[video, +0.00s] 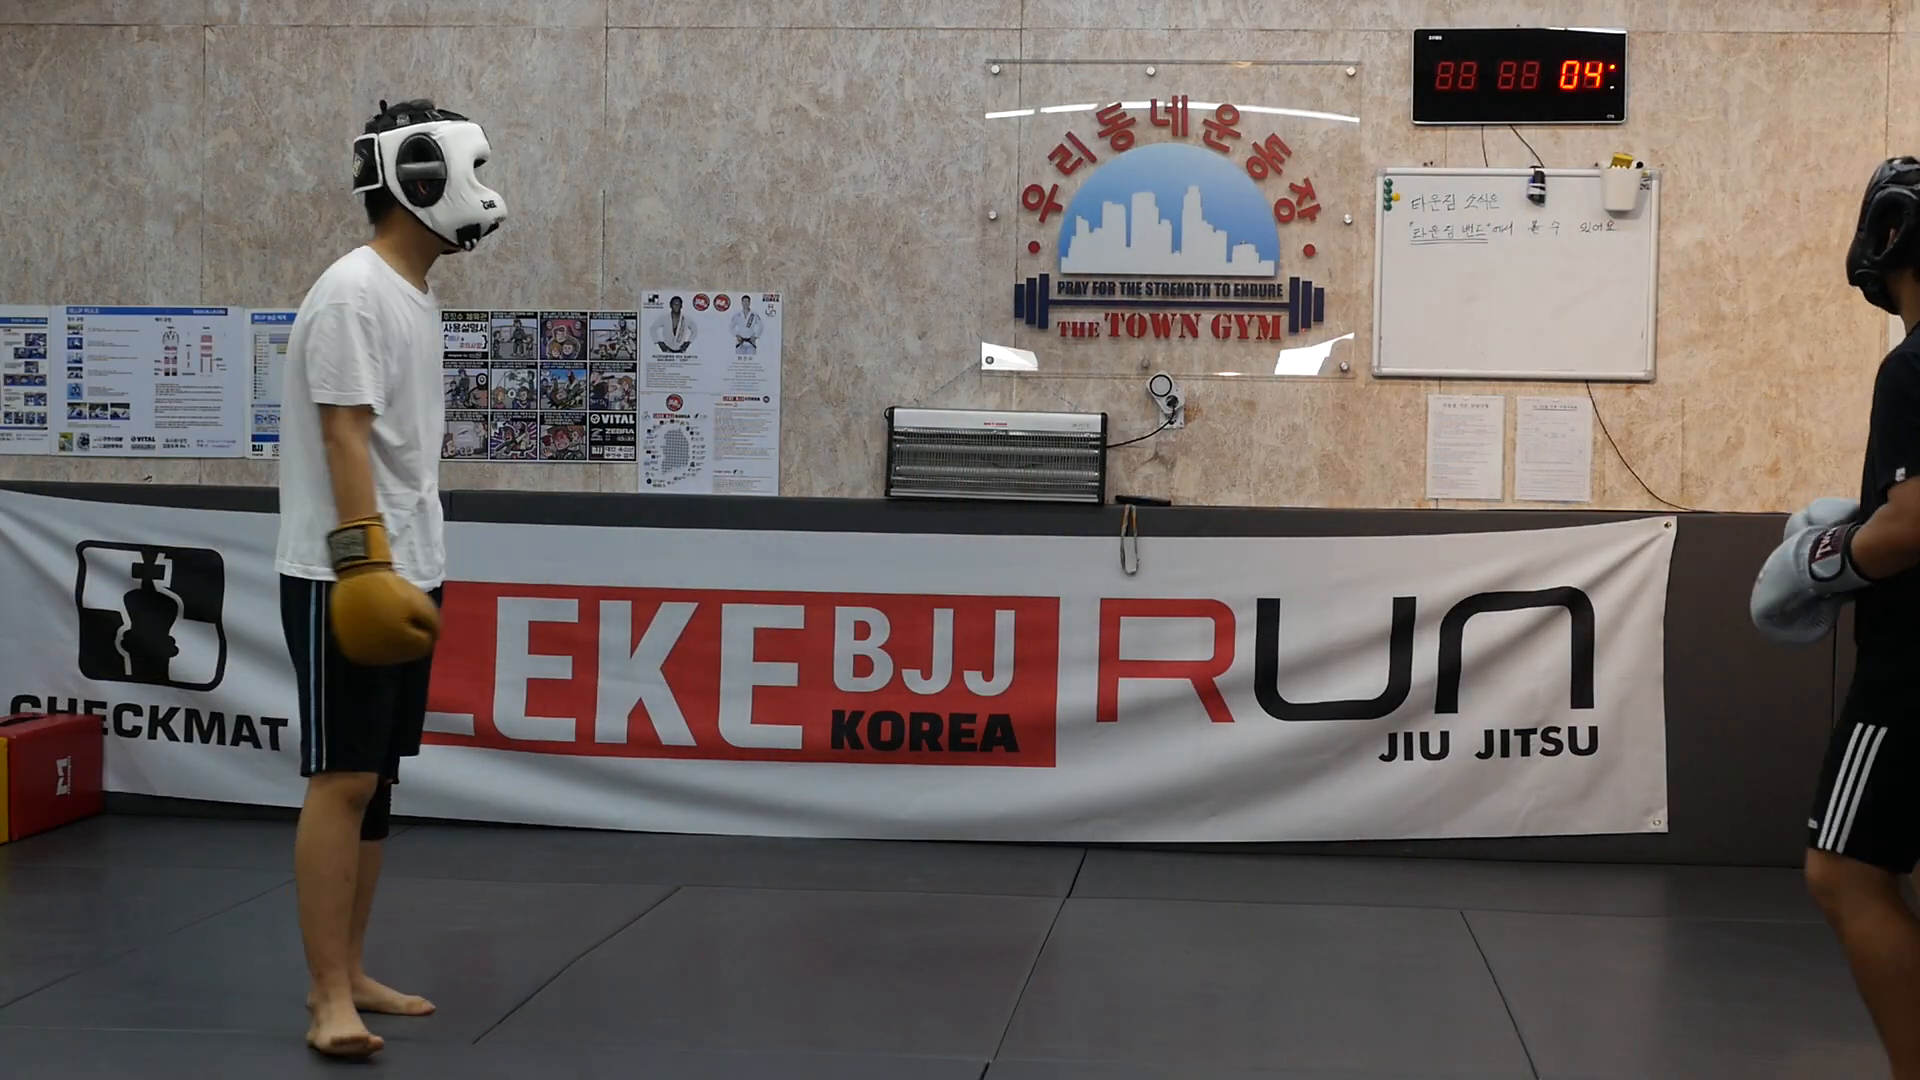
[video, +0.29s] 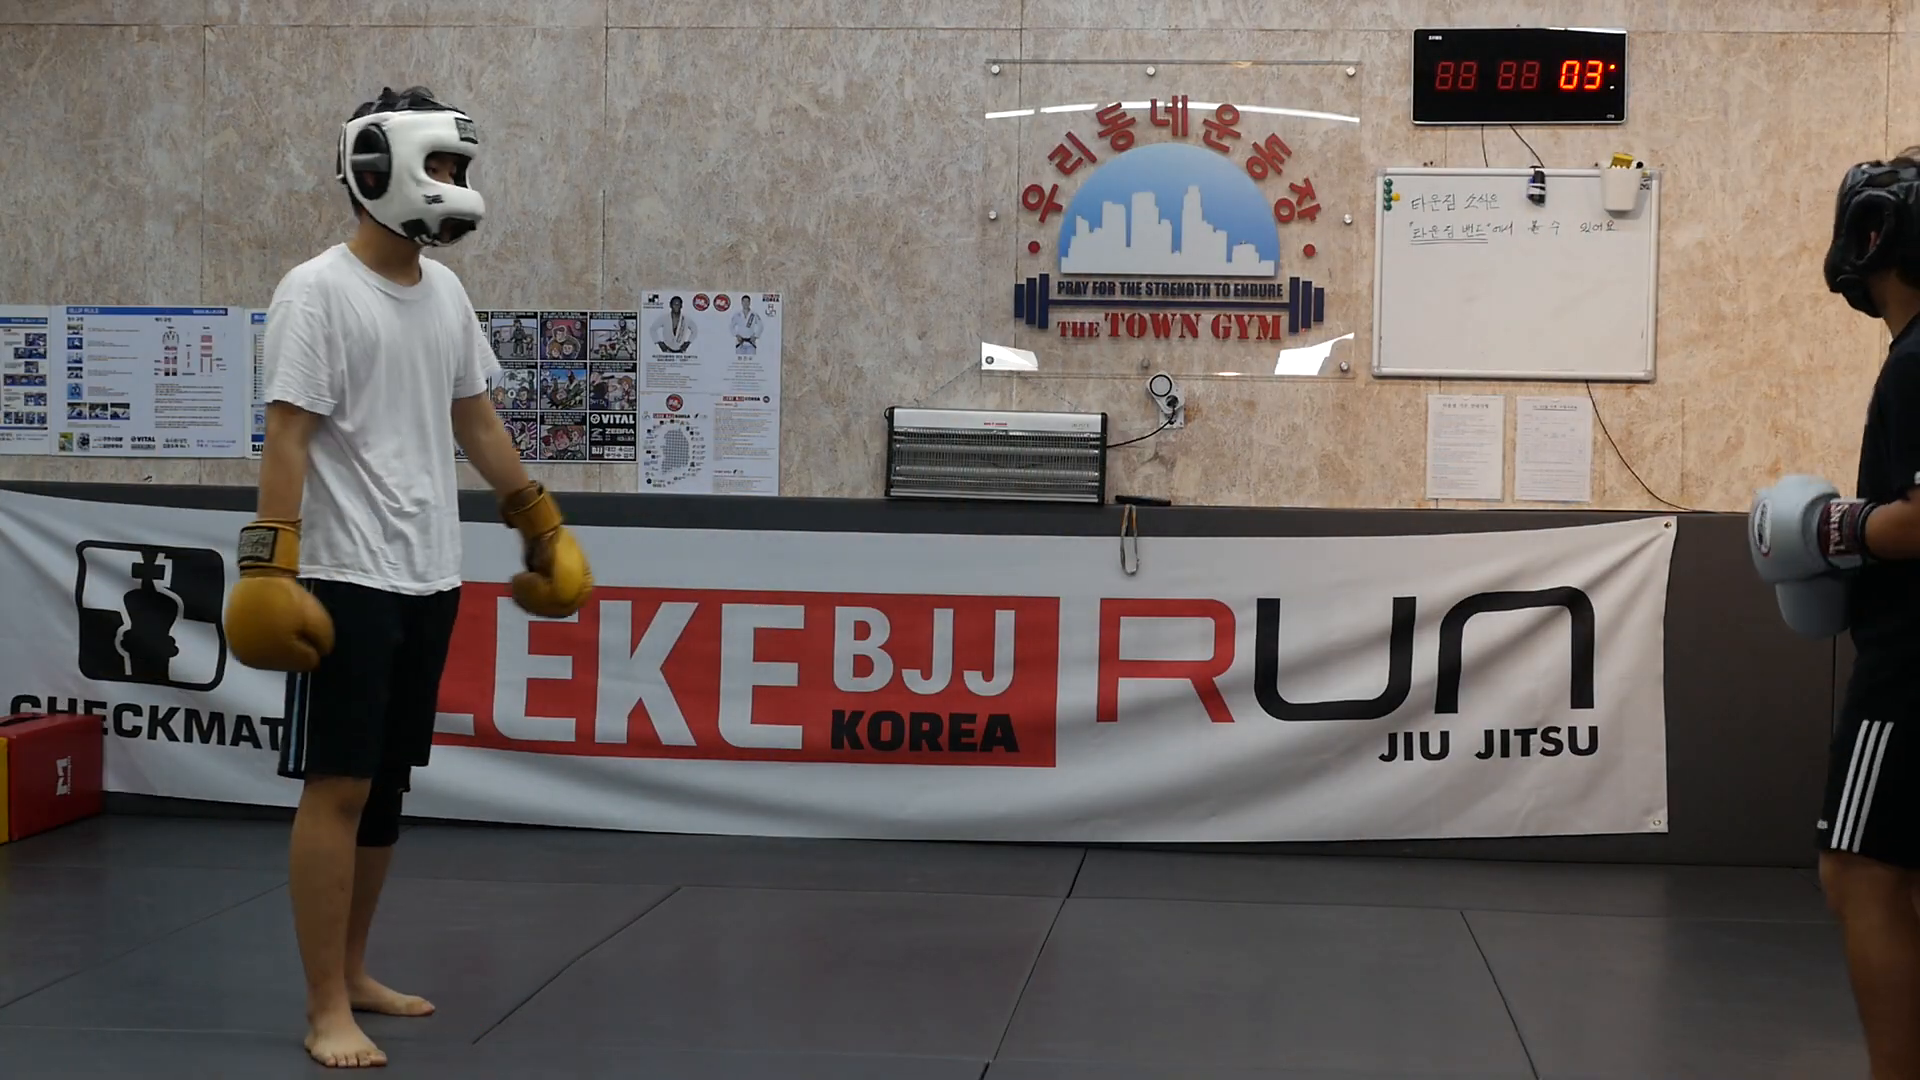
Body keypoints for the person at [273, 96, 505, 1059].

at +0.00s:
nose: (483, 193)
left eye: (481, 175)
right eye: (468, 176)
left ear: (413, 187)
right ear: (417, 185)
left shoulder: (412, 299)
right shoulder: (350, 291)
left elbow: (397, 446)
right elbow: (344, 433)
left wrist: (420, 570)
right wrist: (365, 561)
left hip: (400, 568)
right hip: (344, 570)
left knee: (374, 778)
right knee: (342, 779)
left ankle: (351, 969)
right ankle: (329, 993)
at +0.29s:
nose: (454, 181)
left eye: (458, 165)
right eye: (435, 166)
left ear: (458, 173)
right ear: (377, 171)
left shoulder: (445, 291)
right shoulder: (315, 291)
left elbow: (477, 420)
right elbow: (285, 437)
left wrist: (540, 522)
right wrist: (274, 569)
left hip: (428, 582)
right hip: (345, 581)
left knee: (385, 787)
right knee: (335, 789)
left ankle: (351, 970)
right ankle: (326, 1011)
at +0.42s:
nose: (437, 181)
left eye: (444, 167)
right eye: (418, 165)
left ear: (450, 177)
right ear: (362, 171)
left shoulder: (449, 289)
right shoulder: (304, 293)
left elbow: (486, 418)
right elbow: (278, 438)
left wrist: (561, 512)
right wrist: (258, 571)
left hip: (434, 577)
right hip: (341, 576)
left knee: (393, 788)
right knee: (335, 790)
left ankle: (352, 970)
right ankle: (327, 1013)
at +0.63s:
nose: (430, 183)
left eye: (440, 165)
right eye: (410, 165)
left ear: (449, 171)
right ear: (354, 168)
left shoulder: (448, 282)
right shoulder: (293, 292)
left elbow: (466, 425)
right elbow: (269, 447)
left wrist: (507, 518)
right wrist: (250, 580)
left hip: (445, 583)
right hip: (341, 585)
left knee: (450, 789)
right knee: (337, 791)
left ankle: (366, 945)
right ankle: (329, 1011)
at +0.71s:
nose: (433, 184)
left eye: (443, 167)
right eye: (413, 167)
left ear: (451, 173)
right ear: (358, 171)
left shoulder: (447, 283)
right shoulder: (296, 292)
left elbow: (463, 421)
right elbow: (267, 445)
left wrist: (479, 523)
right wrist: (252, 581)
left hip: (443, 580)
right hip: (343, 581)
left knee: (484, 778)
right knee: (339, 790)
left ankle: (386, 926)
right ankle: (330, 1014)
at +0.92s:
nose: (467, 188)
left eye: (474, 171)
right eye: (450, 168)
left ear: (476, 176)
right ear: (390, 169)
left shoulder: (452, 281)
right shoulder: (313, 287)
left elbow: (470, 426)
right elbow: (288, 435)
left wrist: (520, 524)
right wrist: (282, 572)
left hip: (460, 580)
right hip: (355, 588)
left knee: (516, 786)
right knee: (345, 796)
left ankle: (519, 986)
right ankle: (332, 1017)